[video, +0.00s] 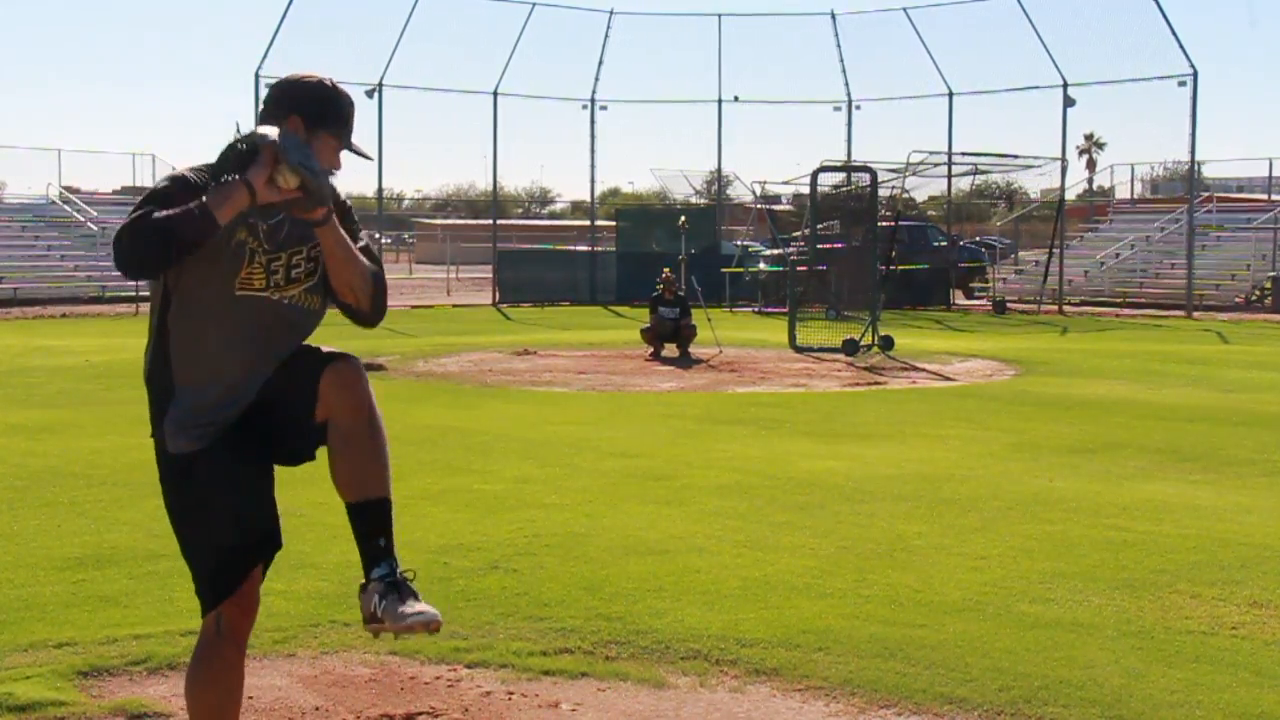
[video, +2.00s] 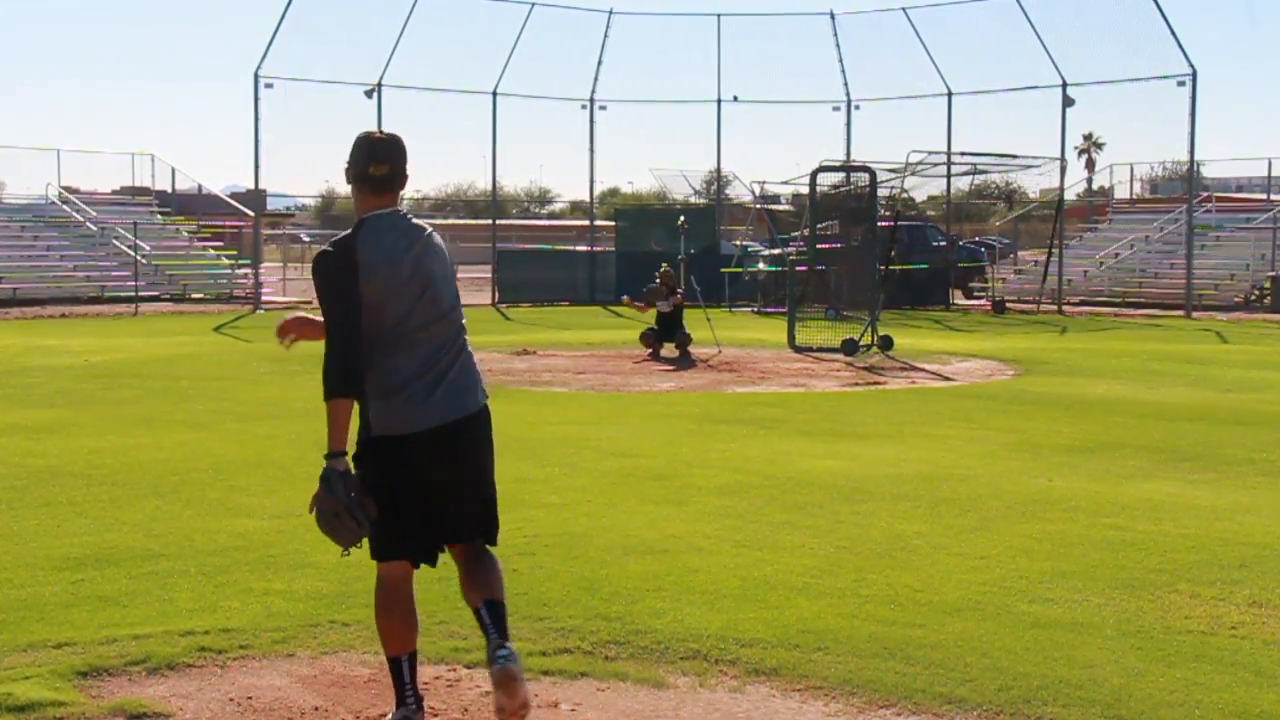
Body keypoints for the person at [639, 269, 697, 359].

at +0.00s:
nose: (669, 286)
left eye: (672, 283)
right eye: (666, 284)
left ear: (675, 285)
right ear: (662, 285)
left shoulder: (682, 299)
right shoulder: (655, 299)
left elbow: (687, 319)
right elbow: (653, 318)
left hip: (677, 328)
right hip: (661, 328)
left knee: (691, 329)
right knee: (645, 332)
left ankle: (683, 349)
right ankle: (657, 347)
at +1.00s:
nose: (667, 286)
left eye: (670, 283)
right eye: (664, 283)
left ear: (674, 285)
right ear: (660, 285)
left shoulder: (680, 299)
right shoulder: (654, 299)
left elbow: (686, 316)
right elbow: (651, 318)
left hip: (677, 326)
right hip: (661, 326)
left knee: (688, 328)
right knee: (646, 331)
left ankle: (683, 349)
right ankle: (657, 347)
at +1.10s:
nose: (667, 285)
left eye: (670, 282)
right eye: (665, 283)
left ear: (674, 284)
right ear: (661, 284)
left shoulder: (679, 298)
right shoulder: (654, 299)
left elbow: (690, 316)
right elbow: (650, 318)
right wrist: (659, 321)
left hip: (675, 326)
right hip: (660, 325)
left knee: (689, 329)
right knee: (646, 331)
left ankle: (683, 350)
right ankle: (656, 348)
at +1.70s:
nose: (666, 287)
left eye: (669, 284)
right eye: (664, 284)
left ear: (673, 284)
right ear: (659, 285)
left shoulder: (678, 296)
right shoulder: (655, 297)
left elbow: (687, 305)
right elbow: (649, 317)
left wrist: (680, 306)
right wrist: (651, 315)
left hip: (675, 327)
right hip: (660, 328)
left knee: (687, 331)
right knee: (645, 331)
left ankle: (683, 350)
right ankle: (656, 348)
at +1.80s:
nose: (666, 285)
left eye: (669, 282)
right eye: (663, 282)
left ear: (673, 283)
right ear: (659, 283)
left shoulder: (678, 295)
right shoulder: (655, 296)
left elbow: (685, 304)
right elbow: (649, 318)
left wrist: (679, 306)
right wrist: (649, 305)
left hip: (676, 330)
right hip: (660, 330)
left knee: (687, 332)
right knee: (645, 332)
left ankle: (683, 349)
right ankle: (656, 348)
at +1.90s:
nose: (666, 282)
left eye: (668, 279)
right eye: (663, 279)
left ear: (673, 280)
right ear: (659, 280)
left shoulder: (678, 293)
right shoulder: (655, 295)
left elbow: (681, 303)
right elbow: (646, 315)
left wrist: (675, 303)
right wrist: (638, 308)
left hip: (677, 330)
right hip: (661, 331)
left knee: (686, 334)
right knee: (646, 334)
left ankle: (682, 349)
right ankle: (656, 347)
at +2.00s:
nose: (666, 280)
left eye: (669, 277)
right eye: (663, 277)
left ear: (673, 278)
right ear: (659, 278)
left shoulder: (678, 292)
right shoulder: (657, 294)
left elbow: (678, 300)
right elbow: (644, 308)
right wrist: (631, 303)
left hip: (676, 330)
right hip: (661, 330)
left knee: (684, 337)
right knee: (646, 336)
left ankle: (683, 350)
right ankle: (656, 348)